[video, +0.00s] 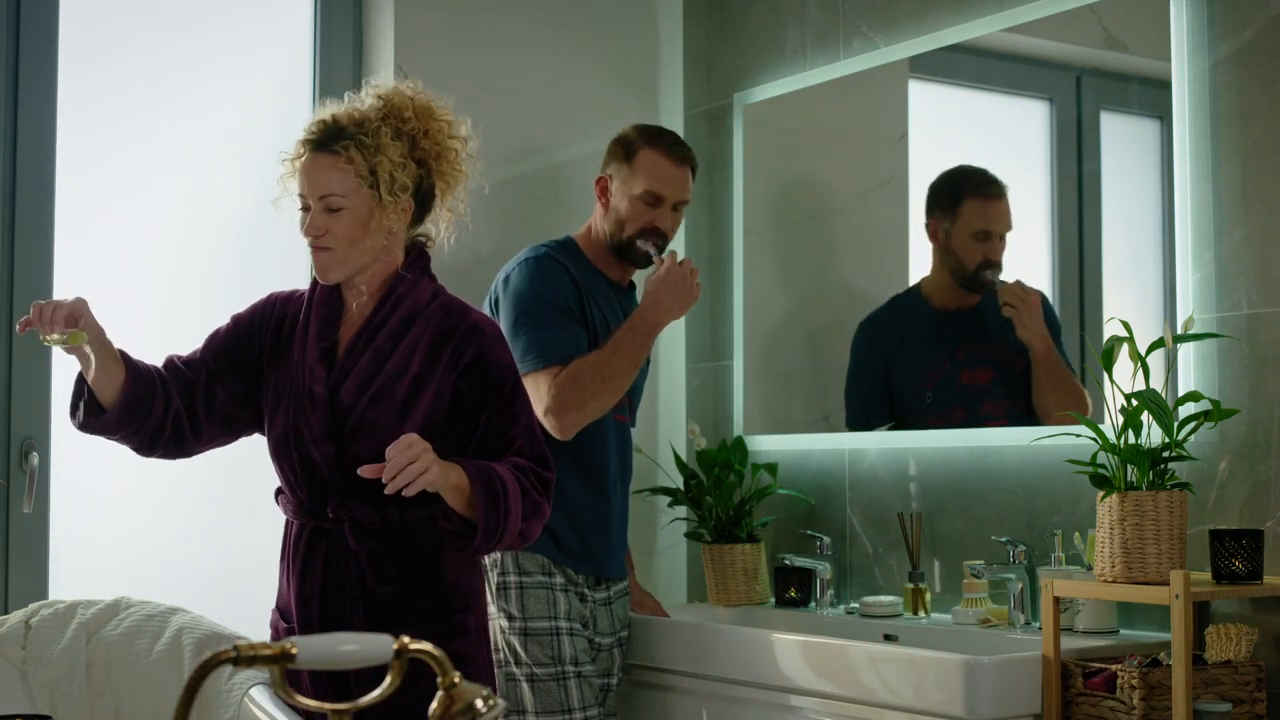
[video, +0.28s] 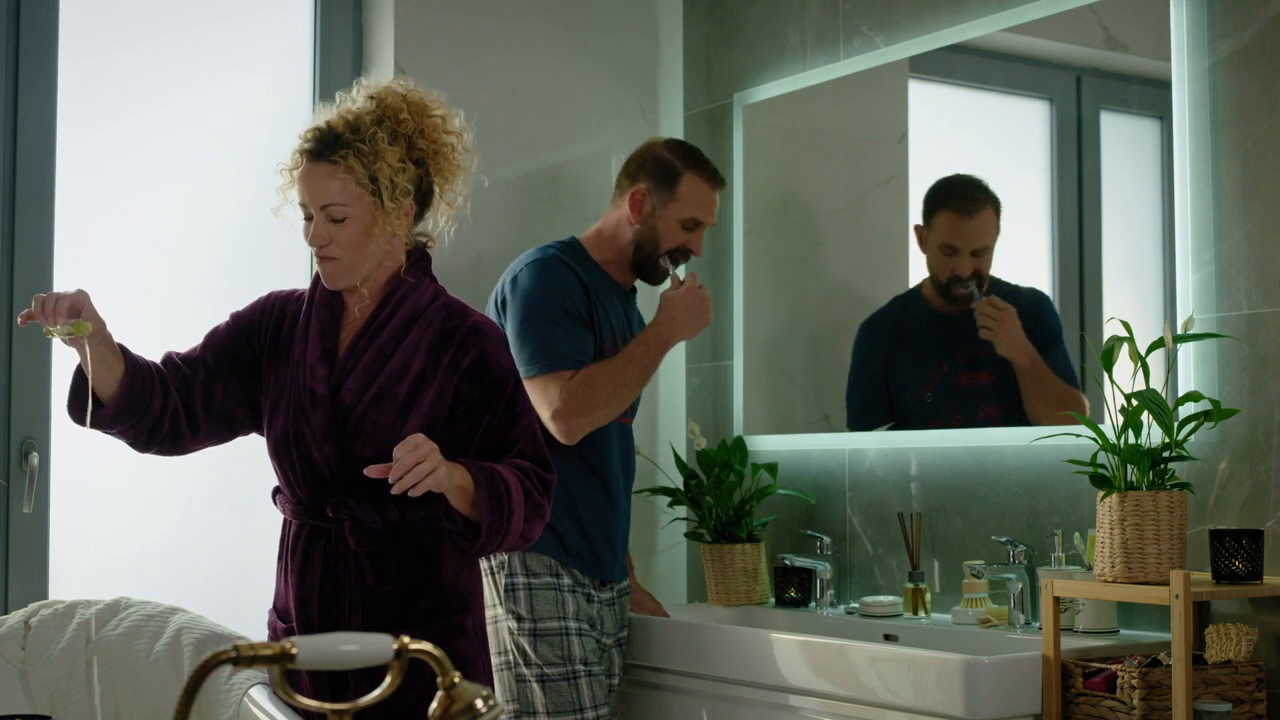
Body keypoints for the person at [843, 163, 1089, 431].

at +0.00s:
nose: (995, 255)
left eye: (1002, 238)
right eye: (981, 238)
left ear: (1009, 233)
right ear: (936, 232)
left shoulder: (1030, 312)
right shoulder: (882, 331)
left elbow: (1069, 423)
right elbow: (867, 450)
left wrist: (1039, 342)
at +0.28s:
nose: (965, 270)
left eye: (979, 253)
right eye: (949, 252)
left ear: (995, 241)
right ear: (922, 240)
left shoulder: (1032, 312)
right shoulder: (882, 333)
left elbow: (1070, 426)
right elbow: (867, 449)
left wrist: (1023, 354)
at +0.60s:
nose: (939, 284)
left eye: (956, 269)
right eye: (925, 266)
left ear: (983, 250)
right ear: (907, 246)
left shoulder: (1031, 311)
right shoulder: (880, 335)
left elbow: (1069, 424)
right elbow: (867, 447)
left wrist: (1007, 361)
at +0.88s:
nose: (951, 270)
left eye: (962, 251)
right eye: (933, 255)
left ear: (978, 235)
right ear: (904, 249)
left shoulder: (1029, 309)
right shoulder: (878, 336)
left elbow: (1068, 424)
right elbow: (867, 451)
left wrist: (1003, 357)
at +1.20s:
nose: (961, 257)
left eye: (972, 238)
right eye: (944, 243)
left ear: (981, 231)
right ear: (910, 243)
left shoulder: (1029, 309)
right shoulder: (877, 336)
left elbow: (1068, 425)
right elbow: (869, 452)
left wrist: (1008, 354)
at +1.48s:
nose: (980, 248)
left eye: (988, 232)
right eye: (963, 232)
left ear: (997, 228)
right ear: (923, 231)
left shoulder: (1033, 310)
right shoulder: (881, 332)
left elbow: (1072, 425)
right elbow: (869, 449)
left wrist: (1016, 367)